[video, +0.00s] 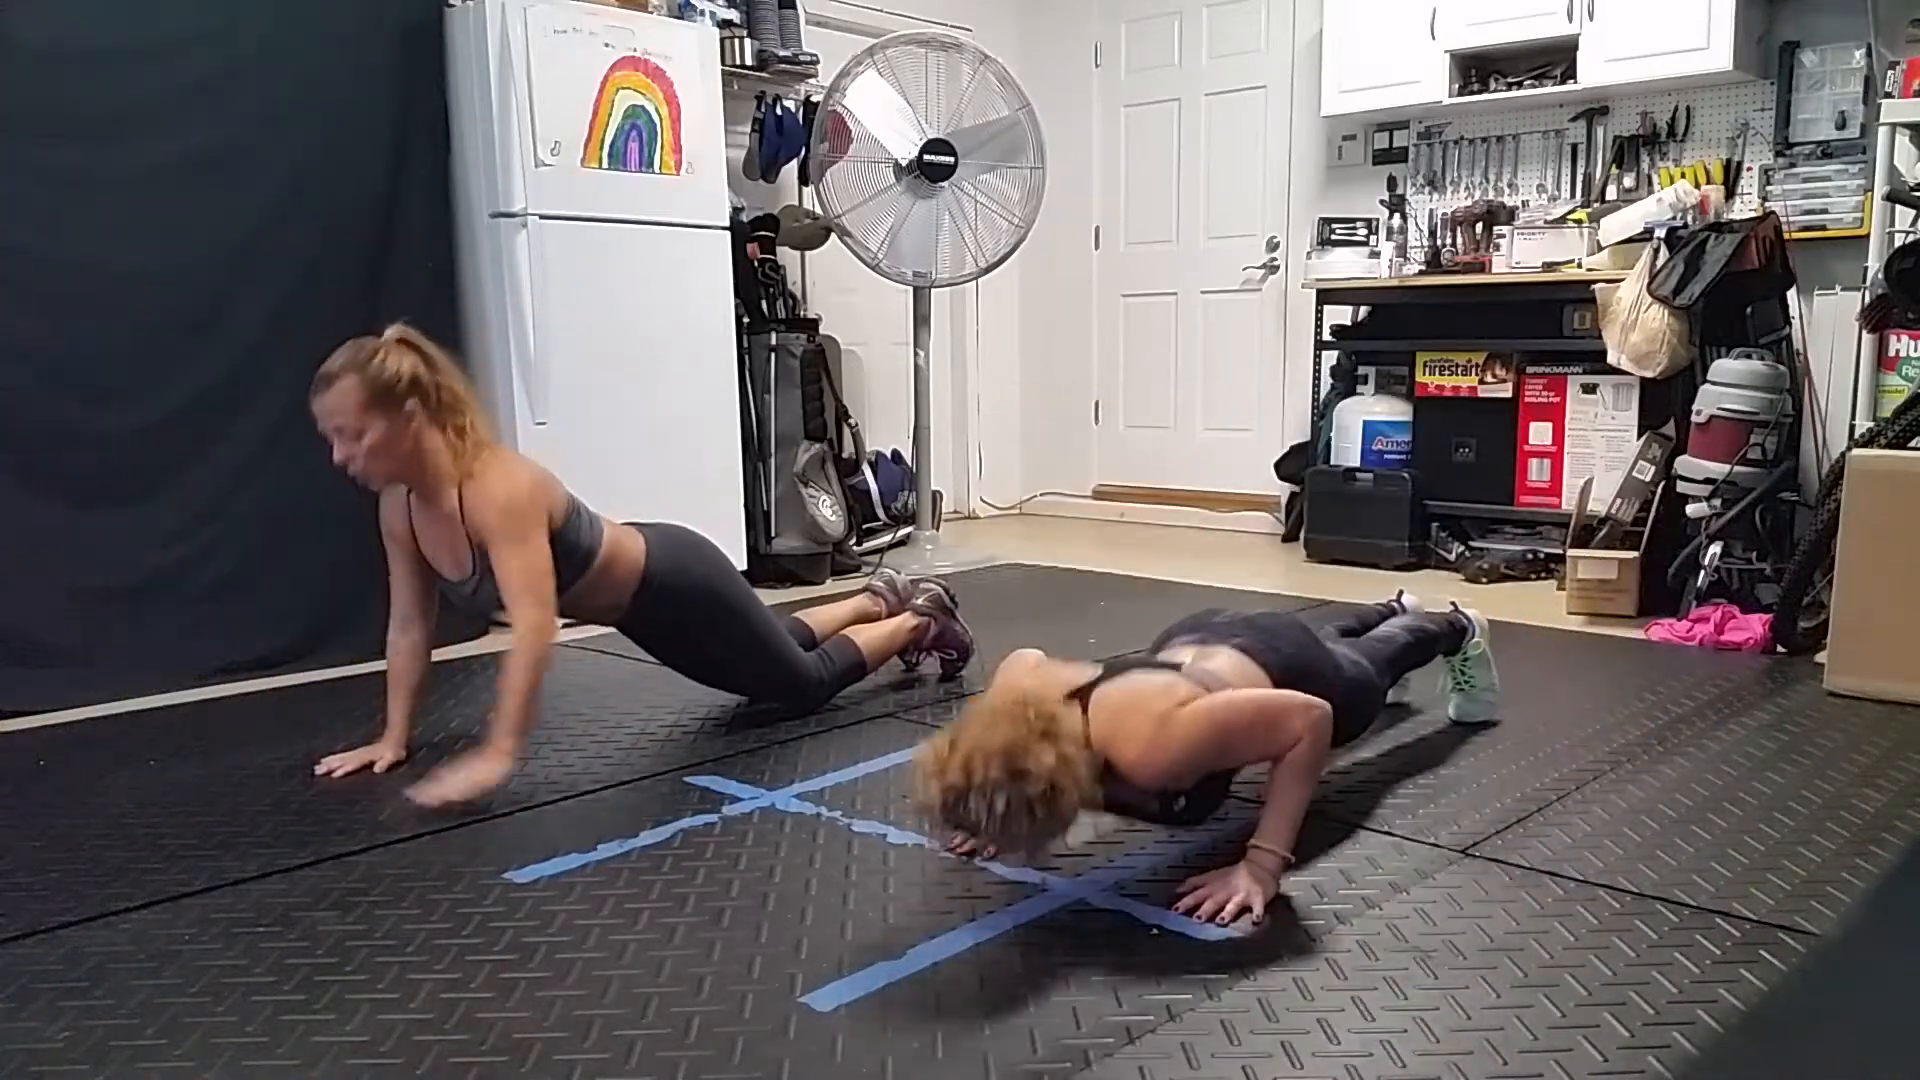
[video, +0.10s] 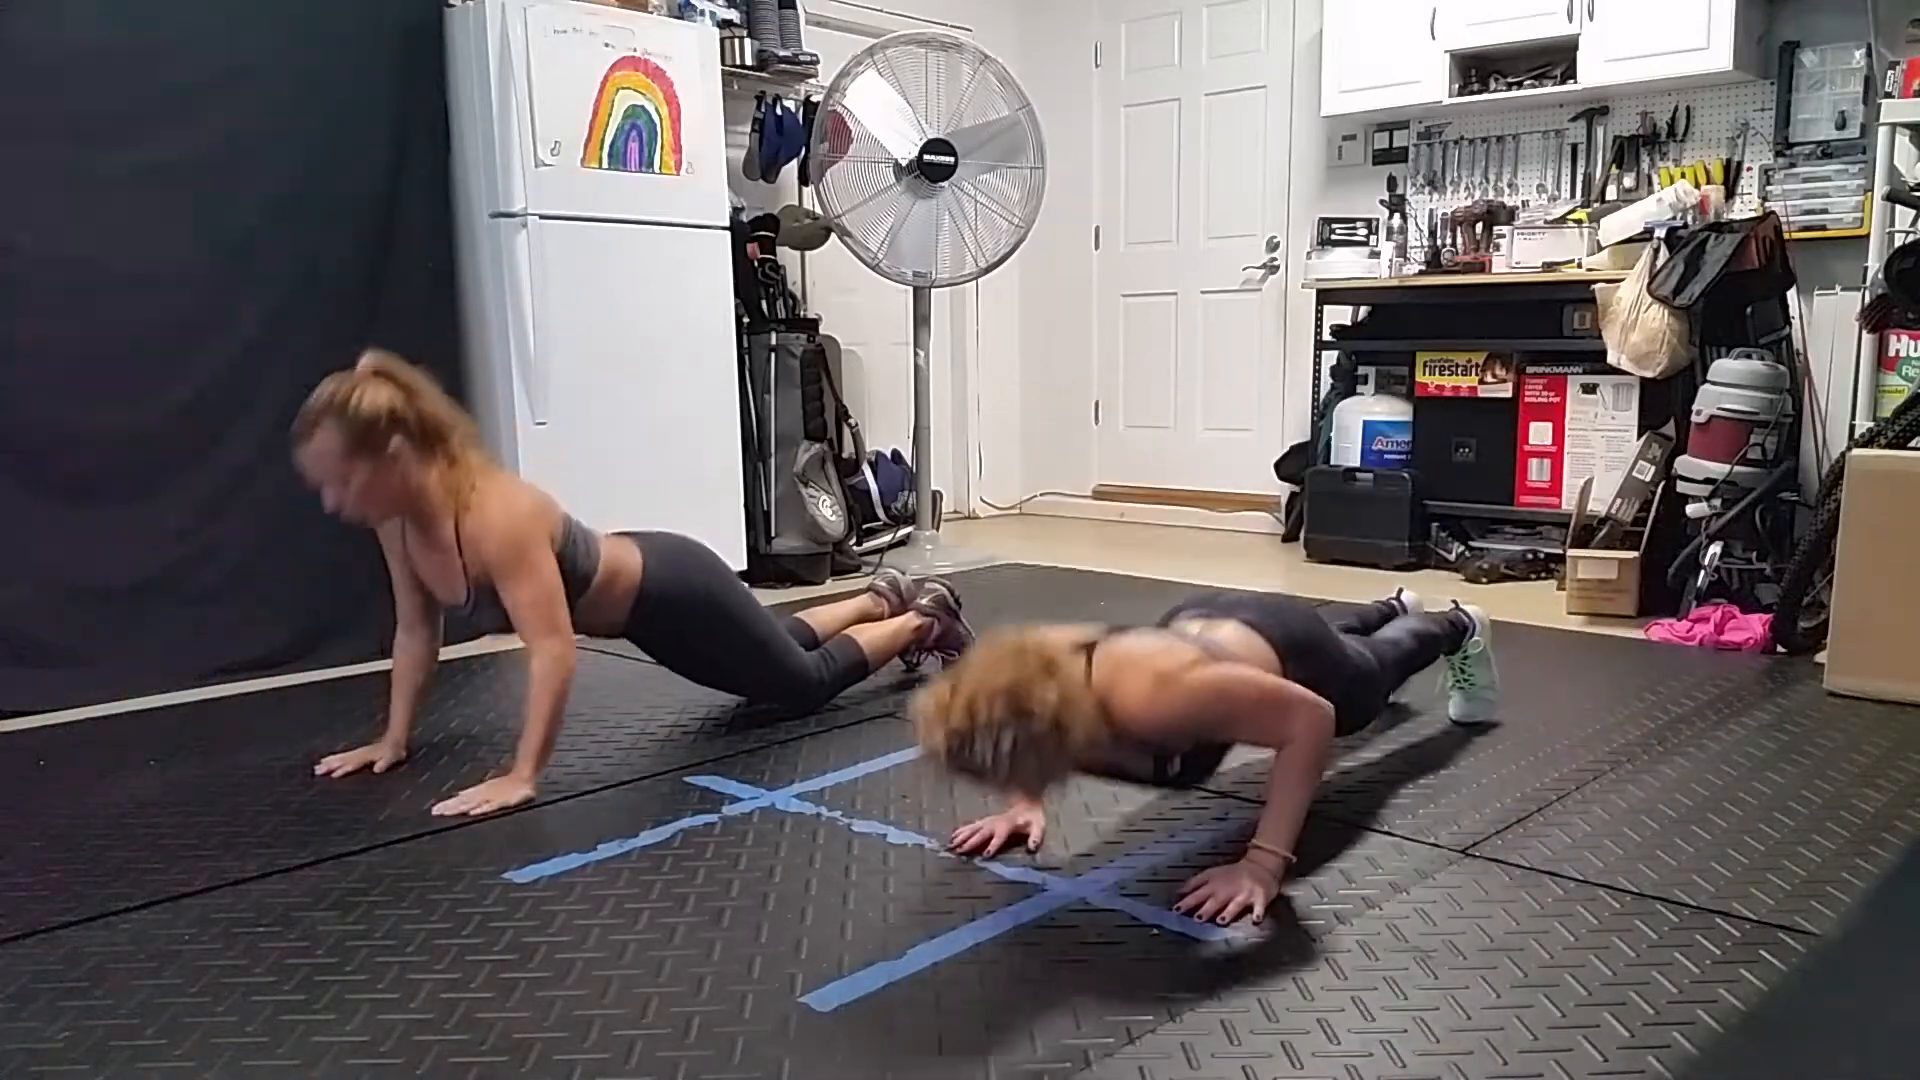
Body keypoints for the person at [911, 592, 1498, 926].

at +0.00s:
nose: (971, 849)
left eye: (985, 842)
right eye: (960, 836)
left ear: (1041, 810)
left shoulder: (1162, 744)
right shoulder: (1020, 694)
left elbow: (1308, 725)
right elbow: (1027, 657)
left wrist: (1260, 864)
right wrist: (997, 807)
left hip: (1283, 667)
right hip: (1194, 644)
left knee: (1377, 657)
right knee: (1312, 628)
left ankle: (1442, 622)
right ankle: (1395, 607)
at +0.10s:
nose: (1006, 776)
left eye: (1011, 765)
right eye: (989, 773)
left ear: (1034, 742)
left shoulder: (1148, 696)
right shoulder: (1029, 680)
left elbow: (1308, 721)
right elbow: (1019, 720)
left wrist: (1262, 863)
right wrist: (1025, 800)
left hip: (1287, 643)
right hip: (1200, 616)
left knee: (1385, 658)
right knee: (1324, 619)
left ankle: (1450, 623)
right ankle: (1393, 603)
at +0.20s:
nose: (1024, 711)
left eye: (1029, 695)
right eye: (1009, 704)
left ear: (1053, 672)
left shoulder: (1156, 642)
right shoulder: (1028, 637)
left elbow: (1304, 714)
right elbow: (1023, 706)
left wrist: (1263, 858)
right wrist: (1024, 799)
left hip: (1294, 628)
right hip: (1219, 611)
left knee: (1378, 702)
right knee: (1324, 628)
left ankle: (1454, 624)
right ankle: (1390, 608)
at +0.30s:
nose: (1036, 663)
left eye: (1046, 645)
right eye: (1025, 652)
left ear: (1081, 608)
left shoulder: (1187, 596)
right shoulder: (1048, 607)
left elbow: (1308, 713)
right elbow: (1033, 689)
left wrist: (1262, 861)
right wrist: (1024, 801)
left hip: (1307, 645)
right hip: (1232, 653)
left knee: (1381, 727)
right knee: (1326, 628)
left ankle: (1468, 627)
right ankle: (1387, 611)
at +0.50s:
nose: (1096, 616)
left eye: (1106, 599)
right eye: (1083, 602)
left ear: (1139, 556)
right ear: (1065, 574)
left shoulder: (1234, 550)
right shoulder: (1077, 558)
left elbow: (1316, 722)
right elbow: (1049, 674)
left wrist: (1264, 858)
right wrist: (1026, 801)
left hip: (1353, 599)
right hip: (1272, 609)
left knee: (1407, 688)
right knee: (1351, 660)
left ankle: (1476, 634)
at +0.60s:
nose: (1114, 593)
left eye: (1123, 576)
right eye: (1100, 579)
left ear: (1158, 537)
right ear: (1083, 555)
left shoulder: (1252, 530)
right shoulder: (1099, 541)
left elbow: (1305, 717)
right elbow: (1072, 674)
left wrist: (1264, 858)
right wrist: (1028, 799)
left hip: (1401, 493)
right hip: (1327, 491)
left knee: (1455, 581)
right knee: (1392, 583)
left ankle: (1499, 634)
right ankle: (1426, 626)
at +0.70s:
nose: (1148, 575)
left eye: (1155, 554)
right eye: (1134, 560)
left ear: (1191, 511)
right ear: (1147, 506)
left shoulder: (1297, 490)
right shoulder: (1150, 499)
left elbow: (1332, 692)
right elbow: (1114, 645)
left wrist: (1277, 843)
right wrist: (1065, 786)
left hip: (1428, 411)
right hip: (1347, 409)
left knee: (1489, 535)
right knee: (1419, 543)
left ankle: (1551, 622)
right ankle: (1476, 603)